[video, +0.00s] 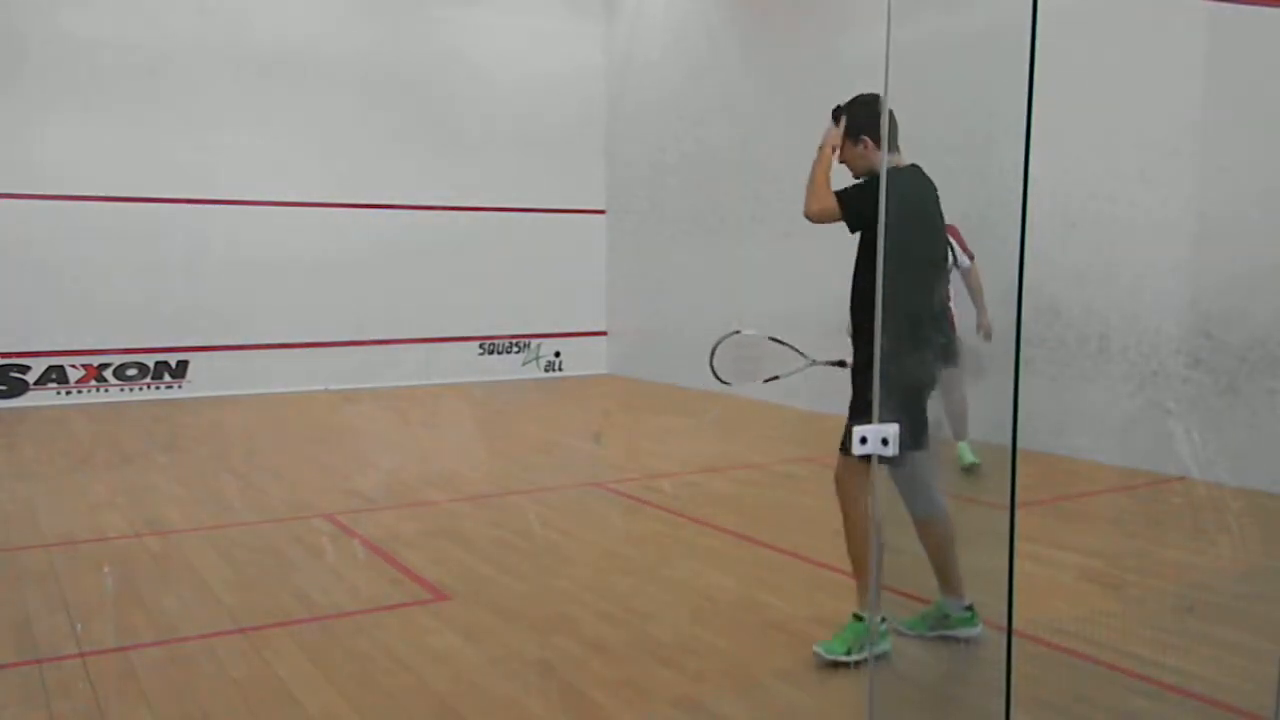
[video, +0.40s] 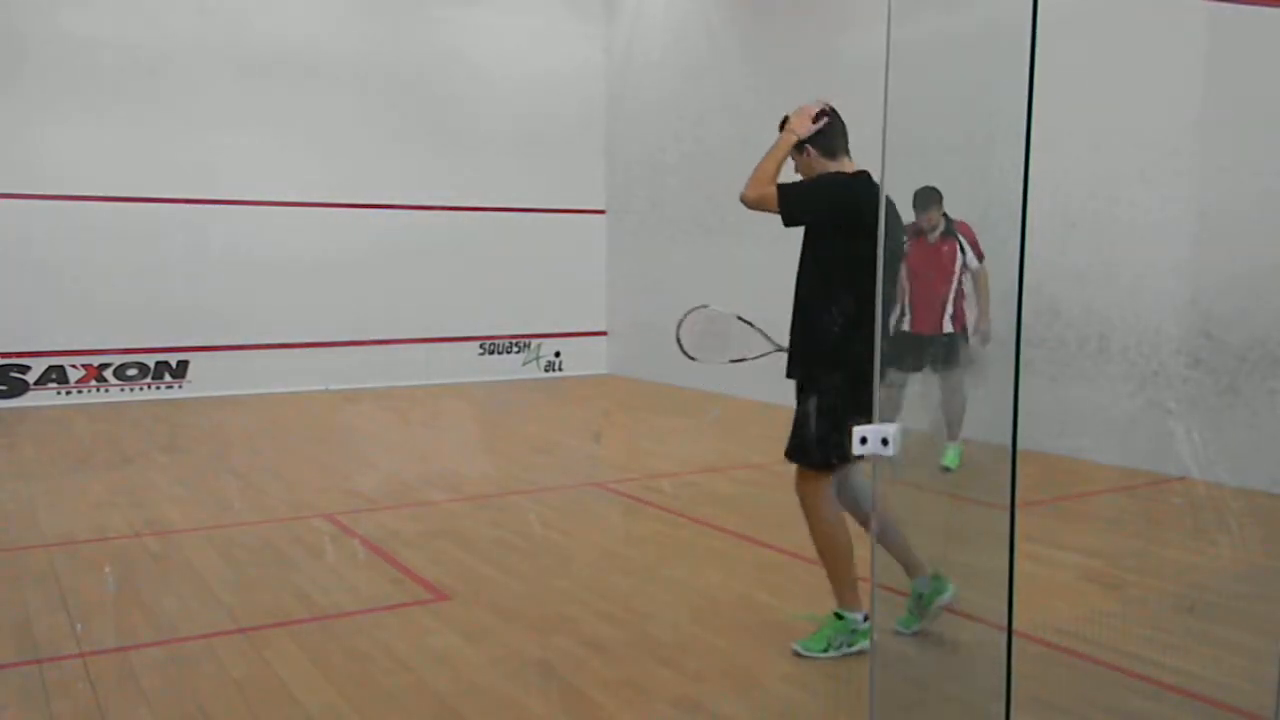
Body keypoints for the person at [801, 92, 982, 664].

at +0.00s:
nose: (842, 161)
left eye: (844, 151)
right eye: (841, 151)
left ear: (863, 144)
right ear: (884, 141)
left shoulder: (885, 190)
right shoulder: (919, 185)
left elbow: (817, 208)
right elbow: (923, 282)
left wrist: (827, 152)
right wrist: (871, 343)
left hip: (886, 361)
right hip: (914, 357)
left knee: (851, 477)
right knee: (915, 475)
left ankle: (869, 621)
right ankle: (955, 606)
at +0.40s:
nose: (797, 170)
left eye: (798, 159)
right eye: (796, 160)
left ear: (807, 150)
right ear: (842, 146)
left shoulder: (837, 194)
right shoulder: (873, 197)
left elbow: (755, 193)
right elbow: (879, 291)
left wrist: (787, 138)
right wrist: (838, 349)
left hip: (830, 370)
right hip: (856, 367)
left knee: (813, 488)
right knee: (847, 484)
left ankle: (852, 618)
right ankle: (925, 580)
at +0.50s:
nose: (780, 167)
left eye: (780, 156)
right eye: (779, 157)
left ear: (791, 149)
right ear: (826, 144)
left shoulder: (814, 196)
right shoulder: (860, 198)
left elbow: (736, 200)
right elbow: (859, 289)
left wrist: (763, 141)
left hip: (816, 364)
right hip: (845, 359)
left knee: (812, 481)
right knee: (790, 463)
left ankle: (853, 618)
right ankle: (877, 558)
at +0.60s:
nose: (764, 161)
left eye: (763, 150)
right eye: (764, 150)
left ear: (769, 145)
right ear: (813, 140)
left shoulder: (789, 192)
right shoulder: (846, 199)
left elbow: (718, 212)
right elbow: (865, 283)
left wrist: (734, 154)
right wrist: (828, 326)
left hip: (805, 364)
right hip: (820, 361)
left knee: (815, 481)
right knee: (759, 451)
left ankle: (853, 616)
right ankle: (815, 569)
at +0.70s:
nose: (749, 150)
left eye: (747, 142)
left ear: (749, 143)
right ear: (798, 139)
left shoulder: (767, 193)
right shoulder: (825, 198)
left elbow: (708, 233)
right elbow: (853, 276)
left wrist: (699, 184)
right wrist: (815, 321)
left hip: (791, 365)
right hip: (791, 362)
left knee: (818, 485)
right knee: (750, 464)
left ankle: (853, 616)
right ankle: (745, 584)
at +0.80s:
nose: (724, 155)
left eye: (723, 147)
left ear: (724, 150)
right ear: (775, 149)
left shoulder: (743, 200)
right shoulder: (800, 205)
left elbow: (710, 257)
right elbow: (832, 285)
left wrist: (672, 228)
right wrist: (791, 325)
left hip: (766, 370)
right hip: (788, 368)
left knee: (805, 486)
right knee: (730, 465)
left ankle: (853, 616)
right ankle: (701, 583)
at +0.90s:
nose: (696, 161)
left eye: (695, 153)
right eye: (703, 153)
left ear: (699, 156)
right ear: (747, 157)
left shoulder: (721, 204)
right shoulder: (769, 211)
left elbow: (719, 271)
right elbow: (803, 289)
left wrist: (654, 280)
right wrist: (762, 333)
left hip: (746, 376)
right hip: (749, 374)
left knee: (775, 496)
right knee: (694, 462)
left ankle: (847, 609)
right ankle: (698, 596)